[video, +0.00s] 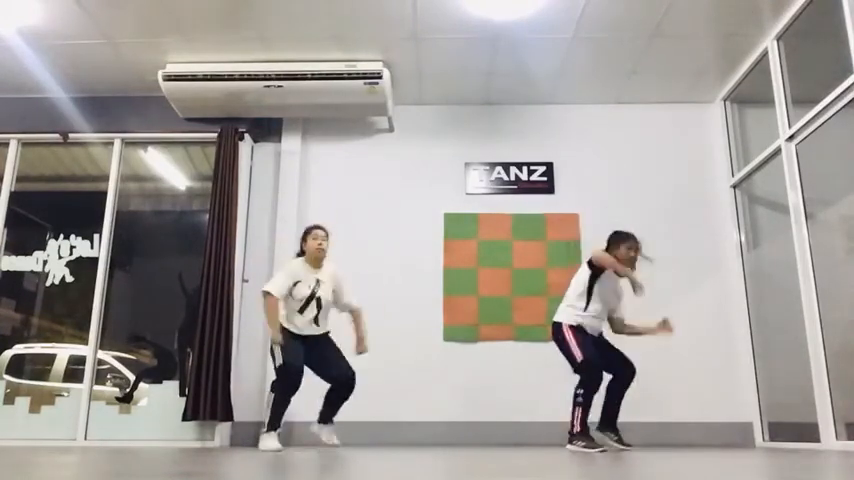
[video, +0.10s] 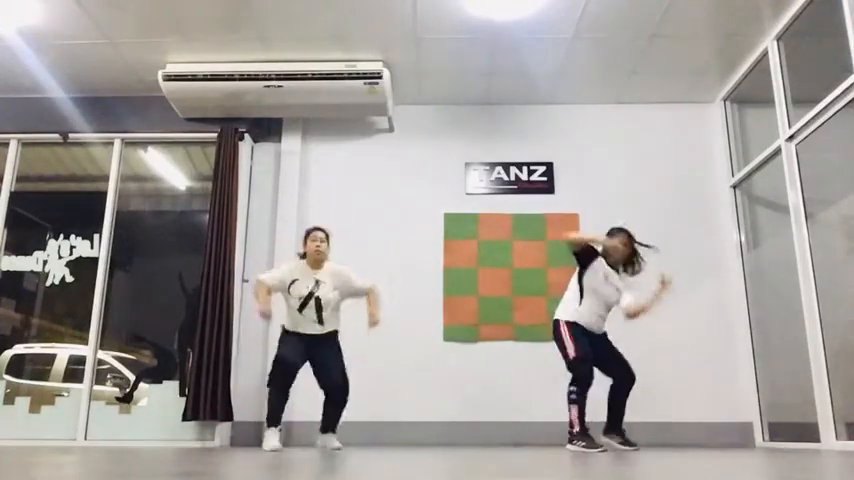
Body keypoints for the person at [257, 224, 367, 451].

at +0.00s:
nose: (321, 243)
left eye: (324, 240)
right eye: (315, 239)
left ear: (328, 246)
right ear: (304, 244)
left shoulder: (331, 274)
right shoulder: (294, 268)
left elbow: (352, 308)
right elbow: (271, 294)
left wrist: (360, 338)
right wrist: (274, 329)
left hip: (318, 339)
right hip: (290, 336)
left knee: (345, 378)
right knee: (290, 376)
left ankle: (324, 424)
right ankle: (270, 432)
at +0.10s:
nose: (319, 245)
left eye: (323, 242)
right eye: (314, 241)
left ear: (328, 248)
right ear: (305, 247)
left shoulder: (338, 275)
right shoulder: (291, 271)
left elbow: (370, 290)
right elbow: (263, 282)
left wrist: (373, 313)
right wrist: (264, 304)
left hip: (326, 341)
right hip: (294, 338)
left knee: (338, 388)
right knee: (279, 380)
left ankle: (327, 434)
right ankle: (272, 430)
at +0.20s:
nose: (317, 243)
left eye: (321, 240)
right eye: (312, 239)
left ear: (328, 246)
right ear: (304, 245)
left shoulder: (339, 272)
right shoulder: (289, 270)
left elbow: (367, 273)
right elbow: (263, 273)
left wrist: (372, 278)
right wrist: (259, 278)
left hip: (329, 338)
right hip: (297, 337)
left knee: (341, 385)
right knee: (278, 375)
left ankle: (327, 435)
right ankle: (272, 431)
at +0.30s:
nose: (314, 240)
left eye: (319, 237)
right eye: (310, 236)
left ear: (326, 244)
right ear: (303, 242)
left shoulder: (338, 269)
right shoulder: (288, 270)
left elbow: (366, 271)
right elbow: (258, 266)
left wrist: (370, 257)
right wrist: (253, 254)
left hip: (330, 335)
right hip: (298, 335)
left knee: (353, 377)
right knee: (276, 382)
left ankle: (335, 430)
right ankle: (275, 434)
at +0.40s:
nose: (314, 237)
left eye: (319, 234)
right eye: (310, 233)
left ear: (326, 240)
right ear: (304, 239)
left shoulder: (338, 266)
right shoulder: (290, 266)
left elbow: (369, 267)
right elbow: (261, 266)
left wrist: (369, 237)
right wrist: (262, 239)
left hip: (330, 330)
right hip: (299, 330)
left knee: (354, 377)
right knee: (277, 378)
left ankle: (352, 428)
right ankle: (277, 435)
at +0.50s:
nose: (317, 237)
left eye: (322, 234)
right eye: (313, 233)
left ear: (330, 240)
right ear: (307, 239)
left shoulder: (343, 264)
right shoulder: (296, 266)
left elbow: (374, 265)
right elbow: (265, 264)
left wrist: (375, 236)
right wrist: (267, 235)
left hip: (333, 326)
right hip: (303, 326)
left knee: (349, 382)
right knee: (282, 379)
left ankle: (353, 434)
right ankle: (277, 434)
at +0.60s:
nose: (322, 237)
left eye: (327, 234)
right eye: (318, 234)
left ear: (333, 241)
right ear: (311, 240)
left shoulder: (346, 265)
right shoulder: (299, 265)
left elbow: (375, 273)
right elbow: (270, 270)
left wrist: (385, 251)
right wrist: (268, 248)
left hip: (337, 326)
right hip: (307, 326)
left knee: (350, 379)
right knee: (286, 378)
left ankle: (352, 434)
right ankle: (278, 434)